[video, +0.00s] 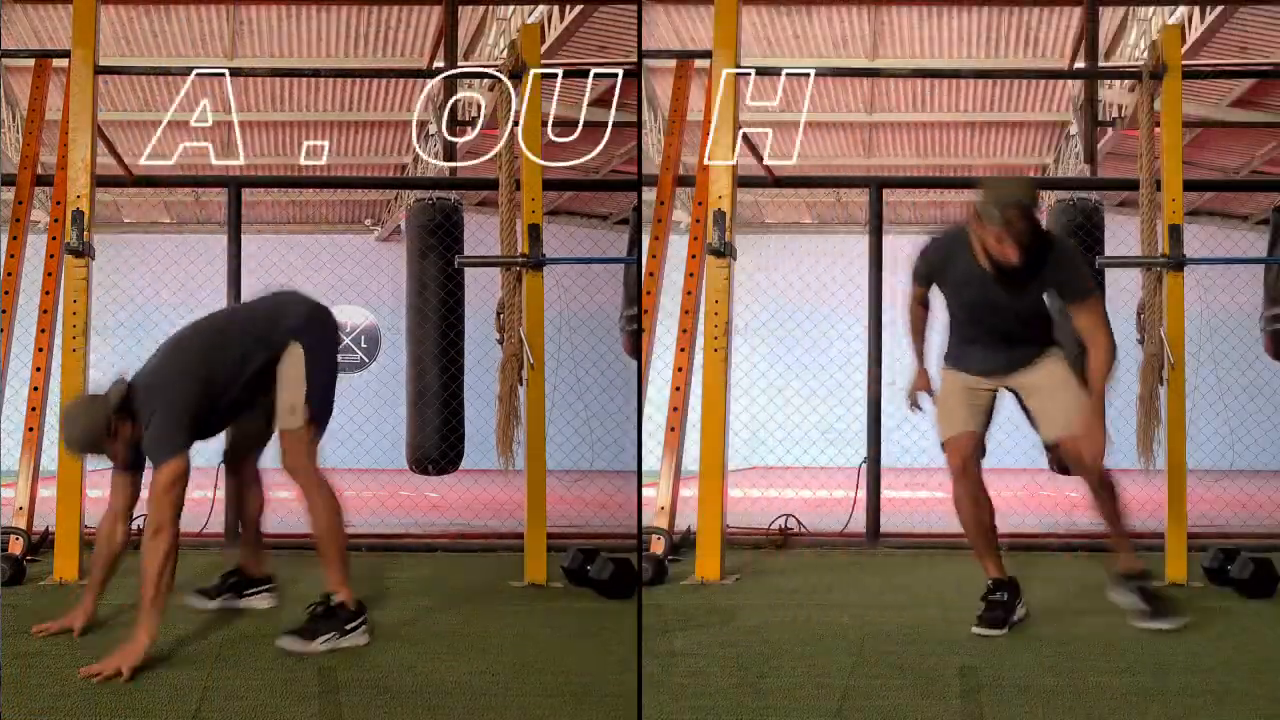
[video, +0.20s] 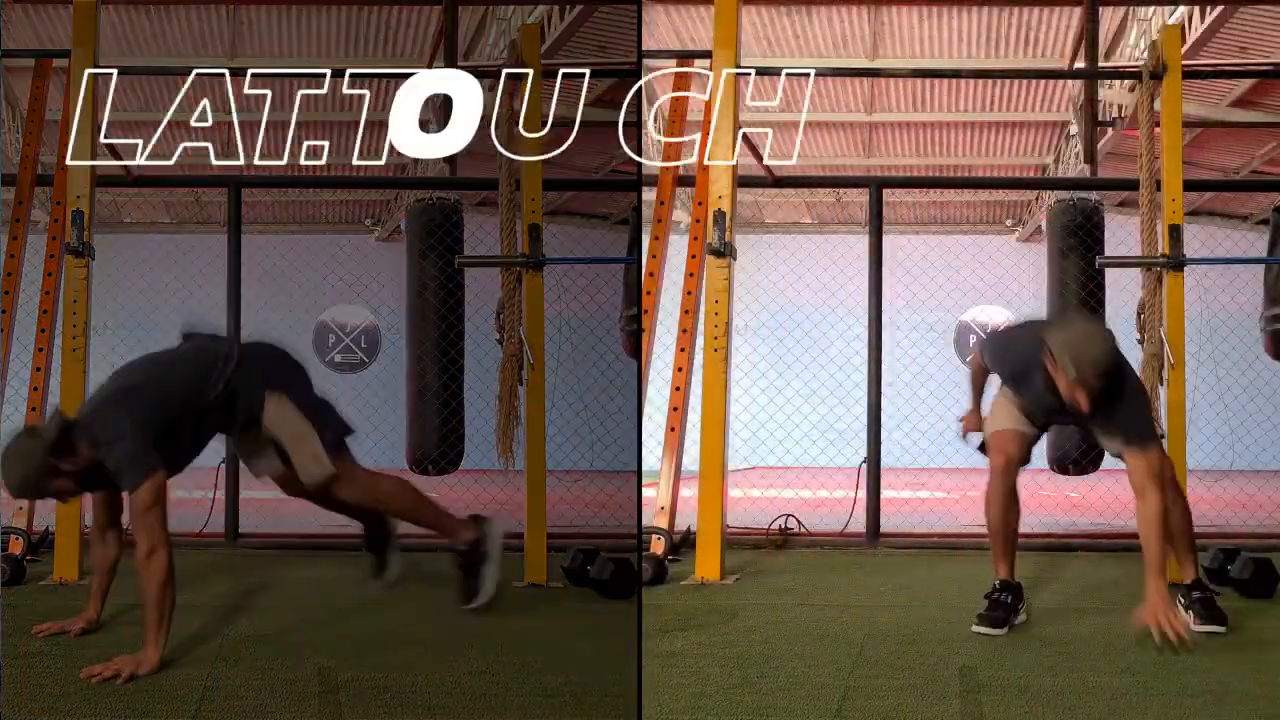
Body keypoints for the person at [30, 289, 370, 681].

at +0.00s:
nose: (108, 458)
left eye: (105, 450)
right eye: (102, 454)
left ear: (118, 426)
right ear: (114, 426)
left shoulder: (164, 414)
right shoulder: (126, 412)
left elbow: (162, 533)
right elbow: (117, 518)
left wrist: (141, 638)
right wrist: (86, 605)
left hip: (304, 329)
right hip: (263, 343)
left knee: (299, 461)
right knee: (240, 458)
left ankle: (344, 605)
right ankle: (253, 574)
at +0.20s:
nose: (58, 501)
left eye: (50, 494)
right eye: (48, 496)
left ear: (62, 472)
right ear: (58, 461)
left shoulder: (126, 438)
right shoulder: (85, 443)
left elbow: (154, 550)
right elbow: (105, 532)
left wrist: (151, 654)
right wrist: (92, 611)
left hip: (257, 376)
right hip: (231, 406)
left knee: (333, 480)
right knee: (295, 482)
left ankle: (469, 532)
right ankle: (379, 522)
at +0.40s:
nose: (39, 484)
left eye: (33, 474)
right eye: (30, 478)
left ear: (46, 448)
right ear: (45, 440)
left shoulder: (120, 435)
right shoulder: (83, 439)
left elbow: (150, 545)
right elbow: (103, 531)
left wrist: (151, 649)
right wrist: (92, 610)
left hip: (263, 474)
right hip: (238, 485)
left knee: (358, 545)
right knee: (332, 541)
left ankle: (487, 559)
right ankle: (407, 551)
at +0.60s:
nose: (57, 490)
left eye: (51, 482)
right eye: (48, 485)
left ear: (65, 456)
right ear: (61, 456)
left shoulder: (126, 436)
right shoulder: (86, 440)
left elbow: (149, 549)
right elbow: (97, 527)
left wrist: (151, 652)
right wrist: (92, 611)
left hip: (269, 393)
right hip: (237, 417)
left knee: (345, 497)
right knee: (292, 495)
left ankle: (467, 545)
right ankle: (375, 531)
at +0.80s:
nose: (125, 487)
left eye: (121, 478)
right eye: (117, 482)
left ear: (136, 457)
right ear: (131, 450)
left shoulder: (178, 434)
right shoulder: (135, 430)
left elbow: (169, 544)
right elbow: (126, 526)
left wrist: (150, 644)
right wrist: (94, 609)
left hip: (302, 331)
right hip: (255, 339)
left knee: (292, 457)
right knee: (229, 458)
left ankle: (352, 588)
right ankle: (255, 562)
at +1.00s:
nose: (118, 369)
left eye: (118, 357)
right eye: (113, 360)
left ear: (141, 342)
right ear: (137, 346)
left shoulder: (192, 354)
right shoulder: (149, 370)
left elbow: (189, 454)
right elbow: (131, 455)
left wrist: (147, 549)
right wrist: (100, 539)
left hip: (324, 370)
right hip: (270, 384)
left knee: (280, 467)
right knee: (211, 467)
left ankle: (330, 605)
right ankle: (242, 577)